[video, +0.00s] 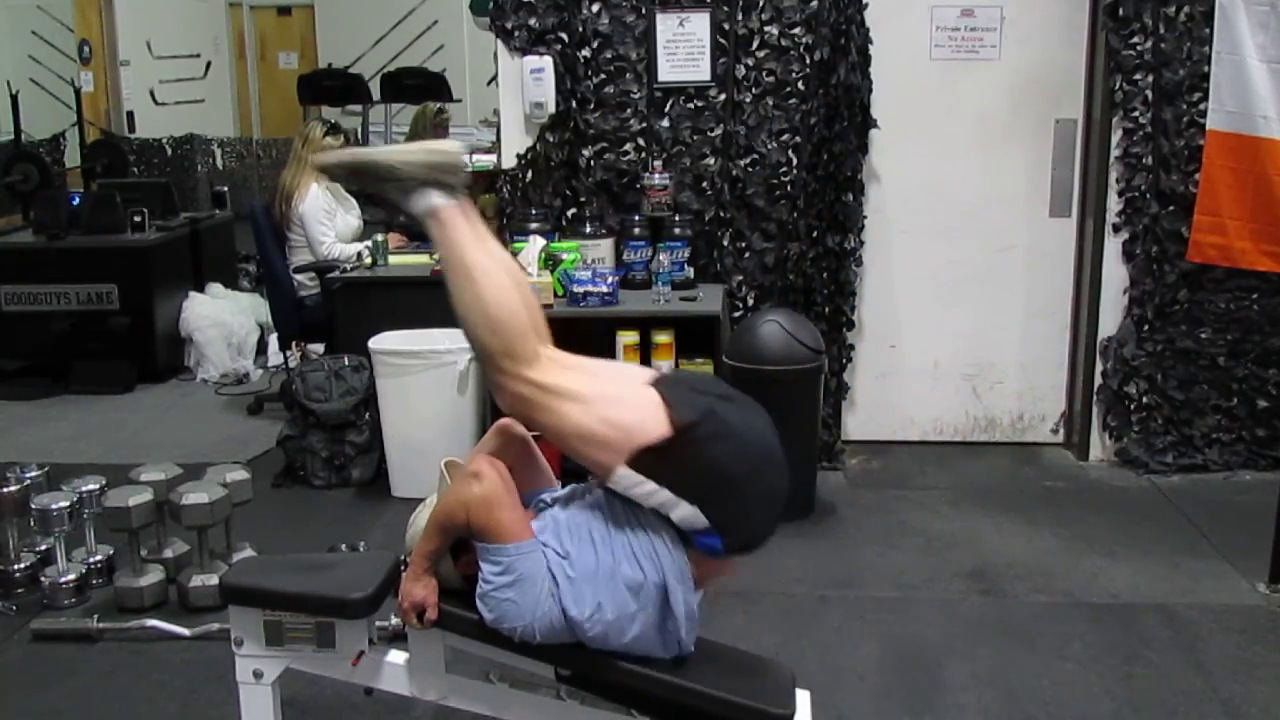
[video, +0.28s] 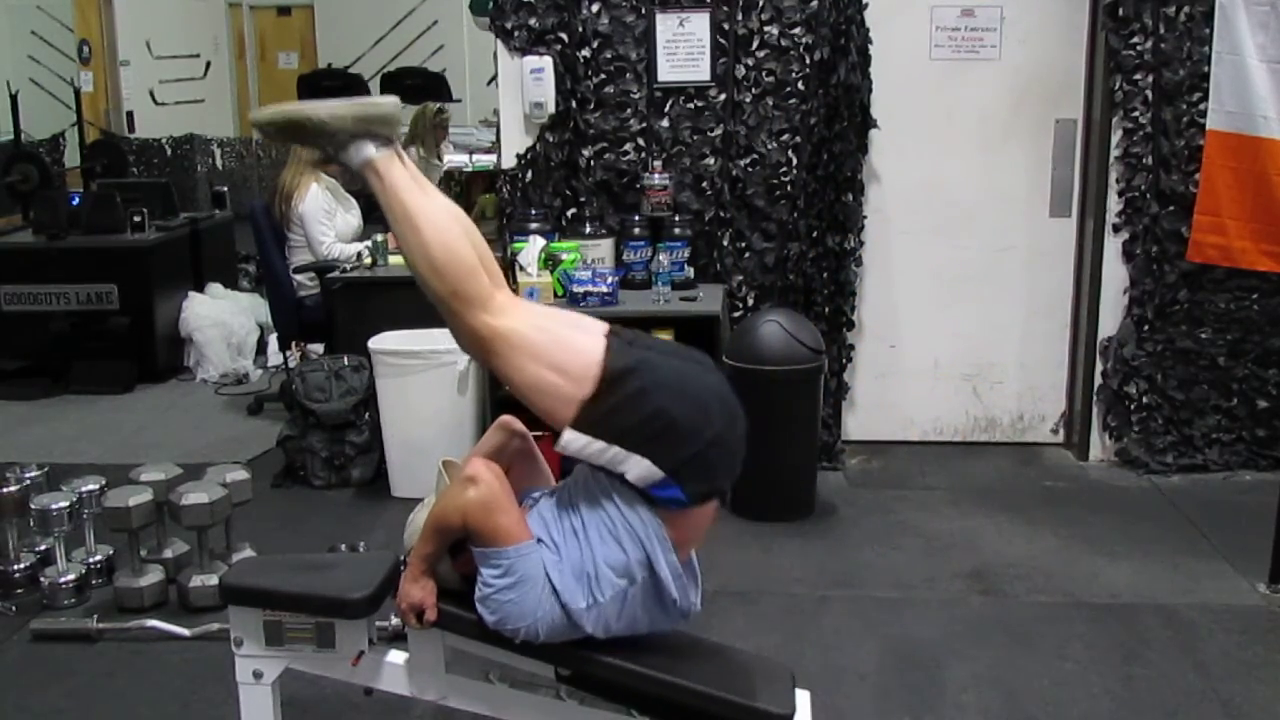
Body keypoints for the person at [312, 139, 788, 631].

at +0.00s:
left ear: (471, 552)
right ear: (474, 567)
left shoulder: (542, 530)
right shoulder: (517, 598)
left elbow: (510, 433)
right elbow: (476, 485)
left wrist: (457, 500)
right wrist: (422, 564)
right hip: (731, 483)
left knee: (534, 370)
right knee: (525, 375)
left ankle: (445, 195)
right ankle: (434, 196)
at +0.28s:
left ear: (465, 566)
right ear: (470, 569)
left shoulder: (537, 535)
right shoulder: (516, 600)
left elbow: (511, 430)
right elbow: (474, 481)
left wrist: (449, 513)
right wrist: (420, 566)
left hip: (699, 423)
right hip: (697, 441)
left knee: (499, 313)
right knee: (490, 322)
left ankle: (385, 152)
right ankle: (372, 154)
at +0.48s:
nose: (464, 550)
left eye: (455, 551)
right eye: (458, 553)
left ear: (465, 547)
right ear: (472, 566)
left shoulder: (544, 550)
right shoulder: (518, 599)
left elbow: (507, 430)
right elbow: (476, 478)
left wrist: (440, 534)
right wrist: (423, 565)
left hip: (681, 421)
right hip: (673, 431)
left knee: (488, 287)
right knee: (486, 286)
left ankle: (384, 126)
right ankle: (365, 118)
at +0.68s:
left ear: (467, 563)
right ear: (472, 570)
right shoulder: (520, 599)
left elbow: (508, 433)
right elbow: (475, 488)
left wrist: (453, 521)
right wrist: (423, 563)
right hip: (677, 433)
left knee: (507, 267)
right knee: (503, 270)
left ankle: (396, 95)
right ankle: (391, 92)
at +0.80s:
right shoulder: (520, 596)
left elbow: (511, 435)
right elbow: (479, 482)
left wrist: (435, 541)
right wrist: (422, 563)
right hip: (687, 437)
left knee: (524, 261)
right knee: (521, 263)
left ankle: (420, 85)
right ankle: (416, 83)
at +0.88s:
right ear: (472, 564)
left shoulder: (546, 550)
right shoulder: (519, 596)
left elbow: (512, 438)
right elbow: (476, 480)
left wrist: (453, 502)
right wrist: (422, 562)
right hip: (685, 445)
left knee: (538, 258)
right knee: (533, 260)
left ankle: (438, 82)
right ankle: (433, 78)